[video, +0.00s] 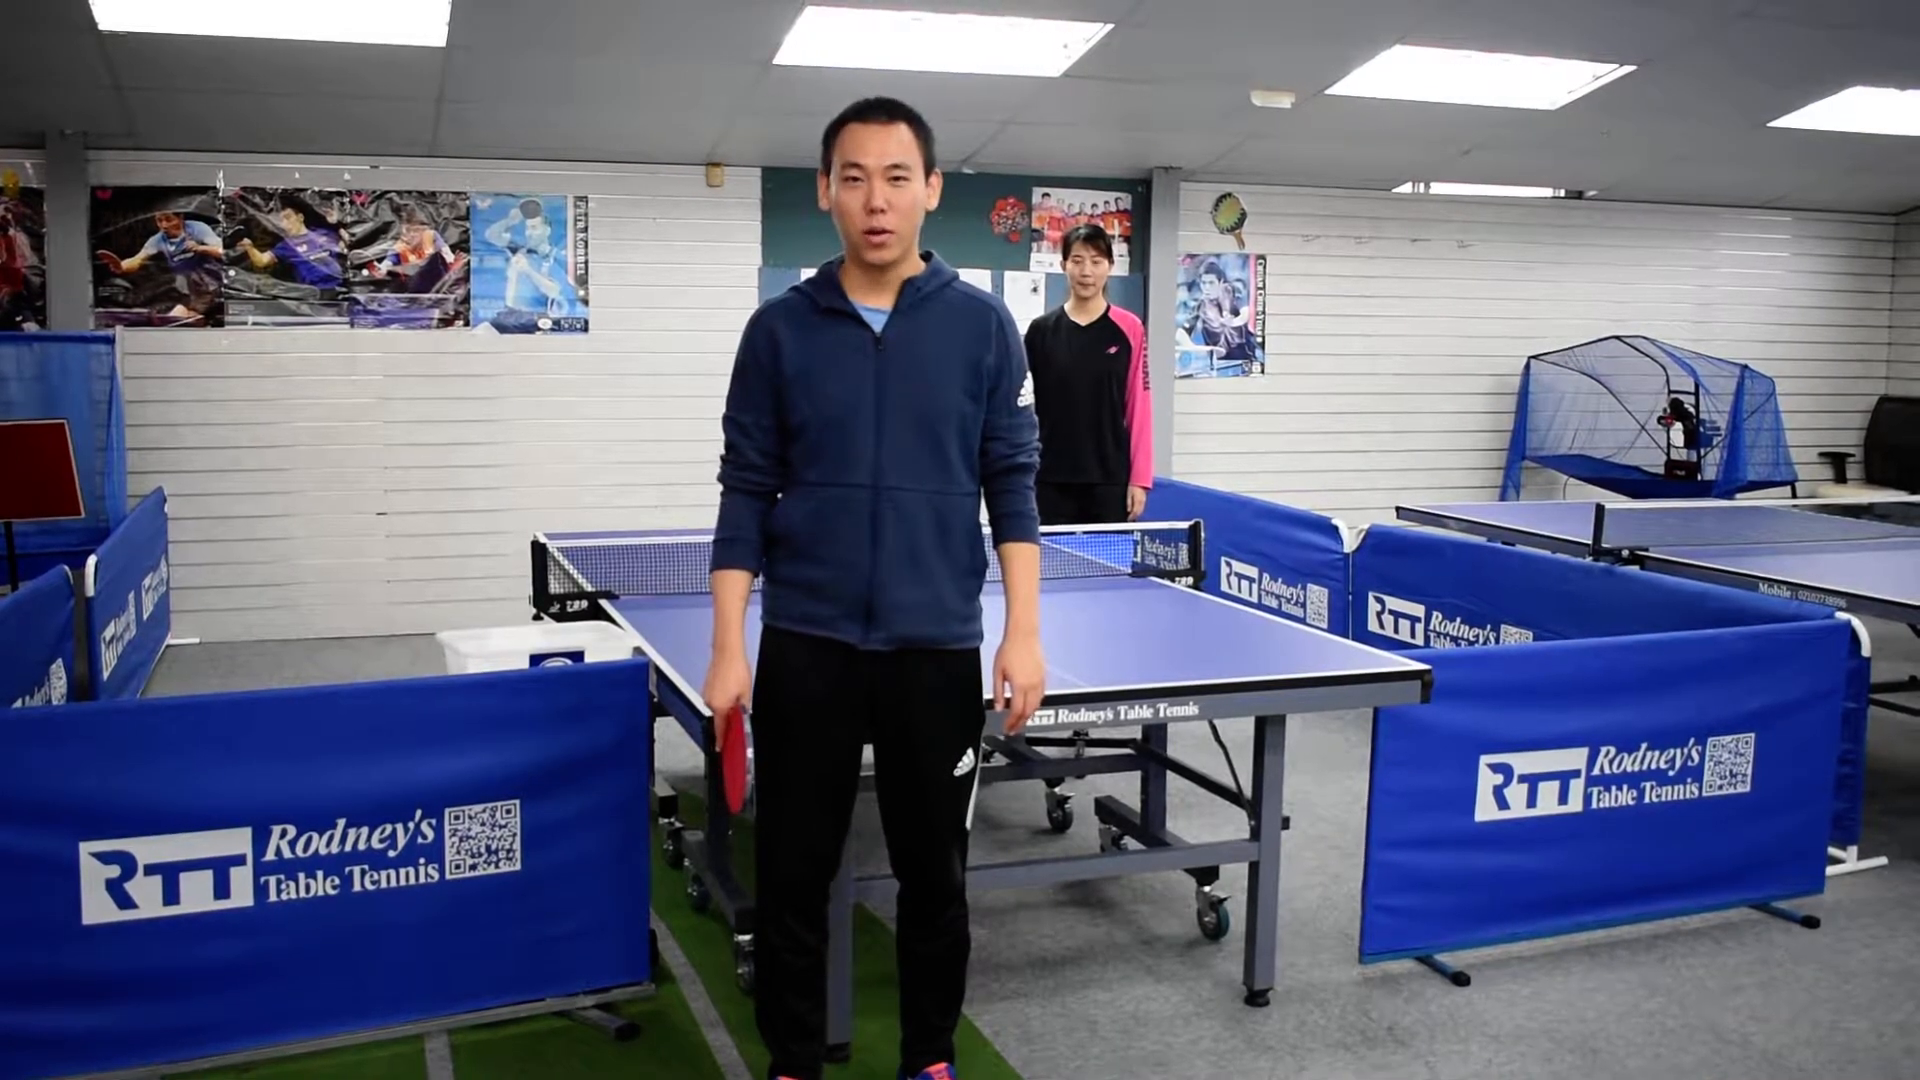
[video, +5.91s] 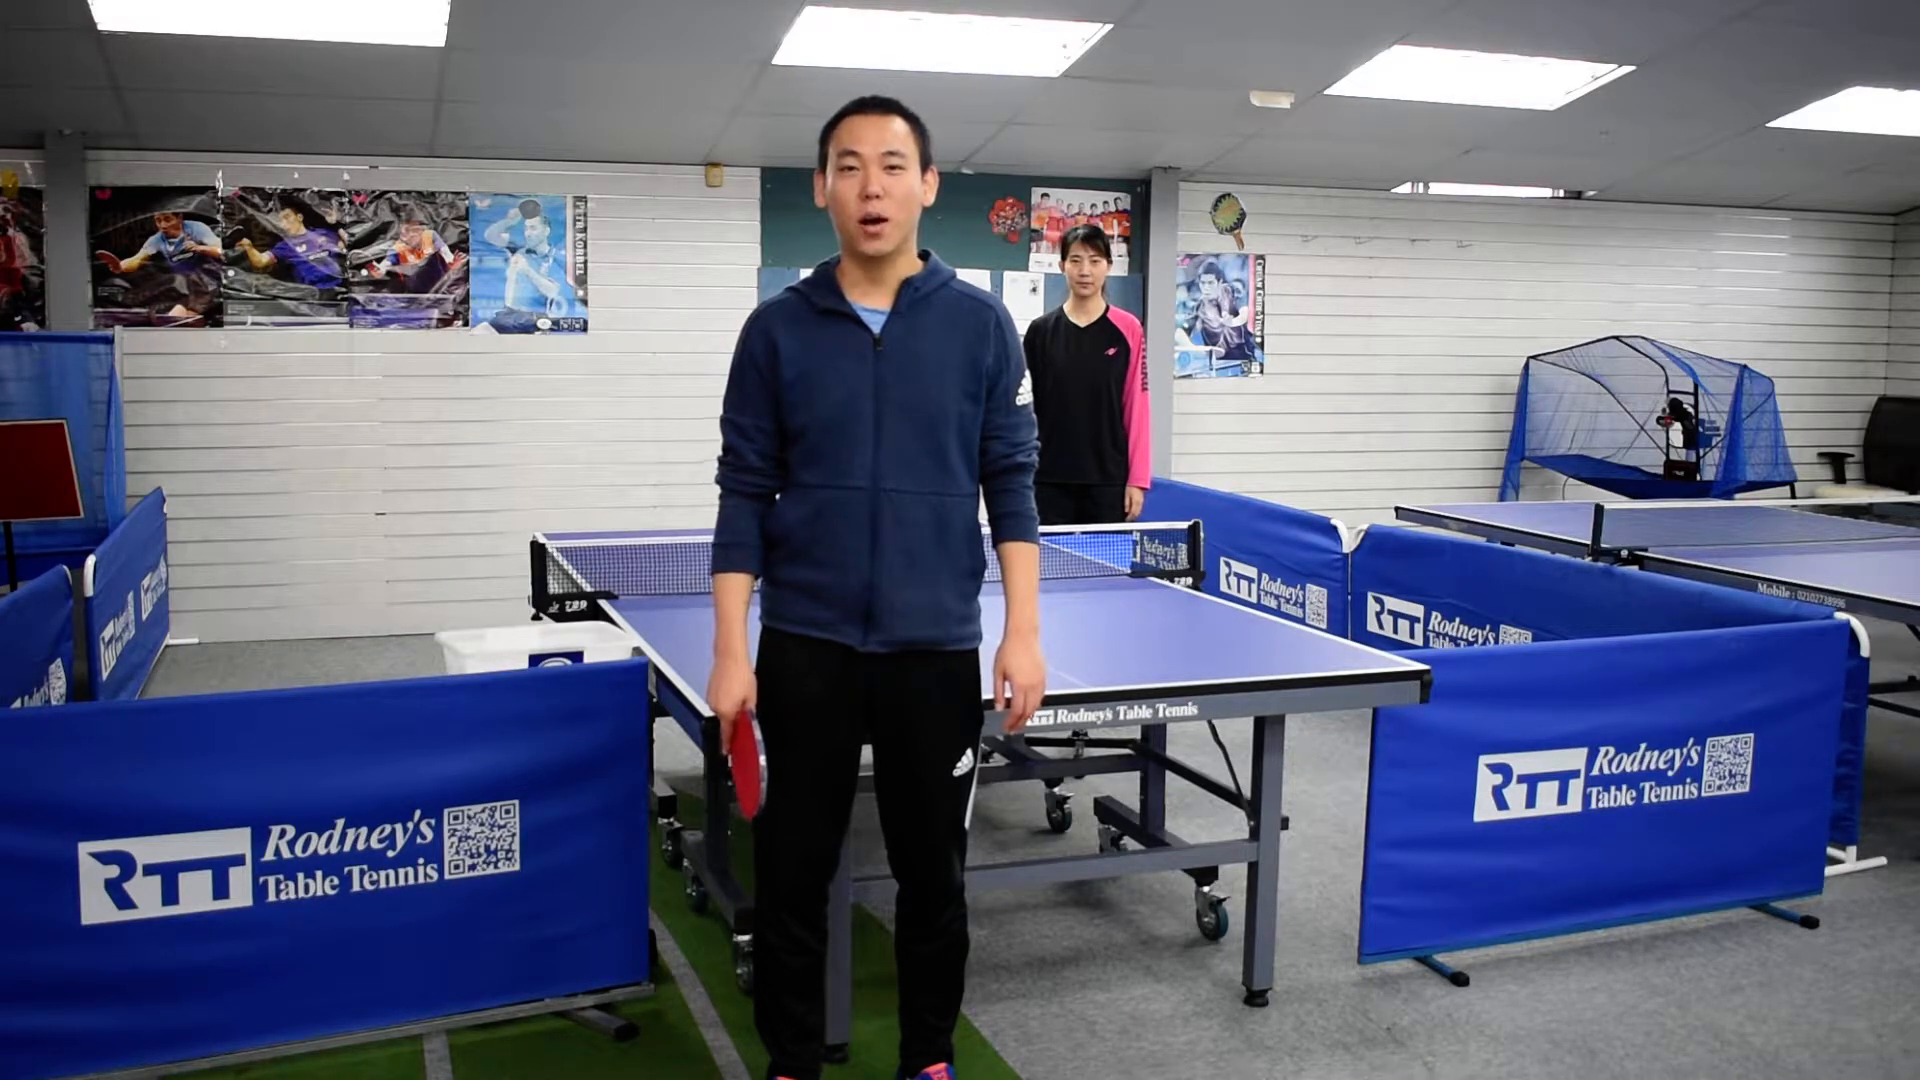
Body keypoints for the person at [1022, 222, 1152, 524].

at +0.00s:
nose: (1086, 272)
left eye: (1096, 262)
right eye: (1077, 261)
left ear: (1110, 267)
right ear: (1064, 266)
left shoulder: (1129, 329)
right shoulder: (1040, 331)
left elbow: (1139, 407)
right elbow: (1022, 404)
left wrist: (1140, 478)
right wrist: (1022, 478)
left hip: (1109, 482)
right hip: (1051, 481)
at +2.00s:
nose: (1085, 271)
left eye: (1095, 262)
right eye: (1075, 261)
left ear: (1108, 268)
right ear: (1063, 266)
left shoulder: (1128, 329)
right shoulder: (1039, 331)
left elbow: (1137, 407)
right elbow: (1022, 405)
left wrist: (1138, 479)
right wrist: (1020, 478)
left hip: (1107, 483)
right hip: (1049, 482)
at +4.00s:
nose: (1085, 271)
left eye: (1095, 262)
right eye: (1076, 261)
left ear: (1108, 267)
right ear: (1063, 266)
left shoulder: (1128, 329)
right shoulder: (1039, 331)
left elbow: (1137, 407)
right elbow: (1023, 405)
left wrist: (1138, 478)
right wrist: (1020, 477)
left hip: (1107, 482)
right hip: (1050, 480)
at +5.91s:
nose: (1085, 271)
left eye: (1095, 262)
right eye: (1075, 261)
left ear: (1108, 268)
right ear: (1063, 266)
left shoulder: (1128, 329)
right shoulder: (1040, 331)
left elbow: (1136, 406)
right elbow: (1023, 405)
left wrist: (1138, 478)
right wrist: (1021, 476)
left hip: (1107, 482)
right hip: (1050, 480)